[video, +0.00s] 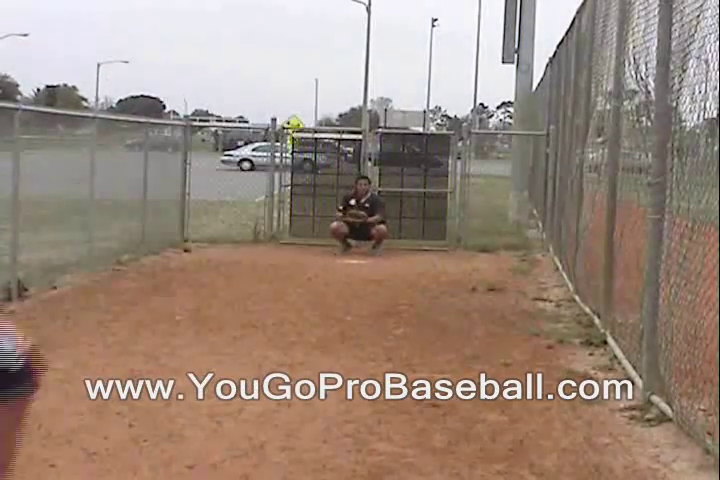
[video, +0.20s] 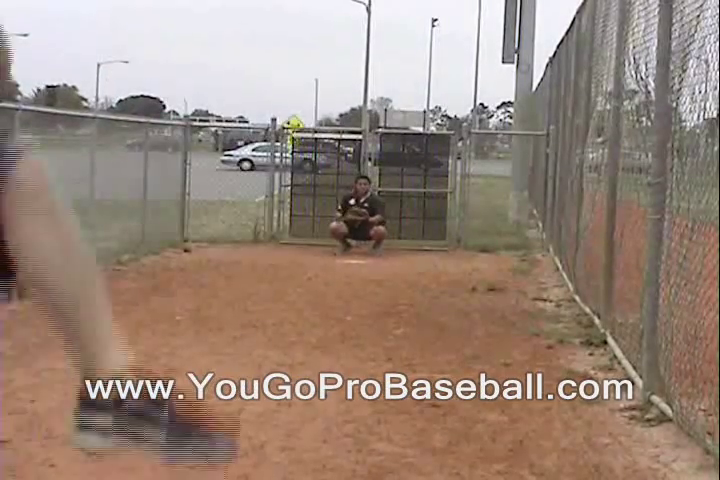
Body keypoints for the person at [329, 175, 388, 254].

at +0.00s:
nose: (362, 188)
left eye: (365, 185)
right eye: (360, 185)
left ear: (369, 187)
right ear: (355, 186)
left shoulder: (375, 200)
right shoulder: (348, 198)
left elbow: (380, 216)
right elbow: (339, 214)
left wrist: (366, 220)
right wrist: (349, 219)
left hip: (367, 227)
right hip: (351, 226)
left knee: (381, 229)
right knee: (335, 227)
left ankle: (376, 245)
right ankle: (345, 245)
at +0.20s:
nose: (362, 187)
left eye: (365, 184)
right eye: (360, 184)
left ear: (369, 186)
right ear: (355, 186)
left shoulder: (375, 200)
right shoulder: (348, 198)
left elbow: (380, 217)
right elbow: (338, 213)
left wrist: (367, 219)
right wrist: (348, 218)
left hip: (366, 226)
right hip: (350, 226)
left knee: (380, 230)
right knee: (335, 227)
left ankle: (376, 246)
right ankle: (345, 245)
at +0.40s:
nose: (362, 187)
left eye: (365, 184)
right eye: (360, 184)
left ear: (369, 186)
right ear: (355, 186)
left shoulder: (374, 201)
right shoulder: (347, 199)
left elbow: (380, 217)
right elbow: (339, 214)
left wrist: (365, 219)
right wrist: (348, 217)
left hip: (366, 227)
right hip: (350, 226)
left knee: (379, 231)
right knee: (334, 227)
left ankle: (377, 245)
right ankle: (345, 245)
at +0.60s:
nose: (362, 187)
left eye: (365, 184)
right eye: (359, 184)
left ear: (368, 186)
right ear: (355, 186)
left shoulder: (373, 199)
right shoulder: (348, 198)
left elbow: (379, 215)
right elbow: (339, 213)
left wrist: (366, 218)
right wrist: (348, 217)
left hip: (365, 226)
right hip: (350, 226)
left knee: (377, 231)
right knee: (335, 226)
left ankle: (377, 244)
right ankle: (345, 245)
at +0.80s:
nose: (362, 187)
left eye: (364, 185)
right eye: (359, 185)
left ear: (368, 187)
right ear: (355, 186)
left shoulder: (373, 200)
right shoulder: (348, 199)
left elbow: (379, 216)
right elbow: (339, 213)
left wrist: (365, 217)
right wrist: (346, 217)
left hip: (365, 227)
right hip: (350, 226)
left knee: (377, 231)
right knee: (334, 227)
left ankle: (376, 245)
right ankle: (345, 245)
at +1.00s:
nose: (362, 187)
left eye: (365, 184)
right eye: (359, 184)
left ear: (368, 186)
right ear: (355, 186)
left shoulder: (374, 200)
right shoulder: (348, 198)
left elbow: (380, 218)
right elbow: (338, 215)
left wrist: (364, 212)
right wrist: (343, 210)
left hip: (366, 226)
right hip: (351, 226)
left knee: (375, 231)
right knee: (334, 226)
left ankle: (376, 245)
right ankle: (346, 245)